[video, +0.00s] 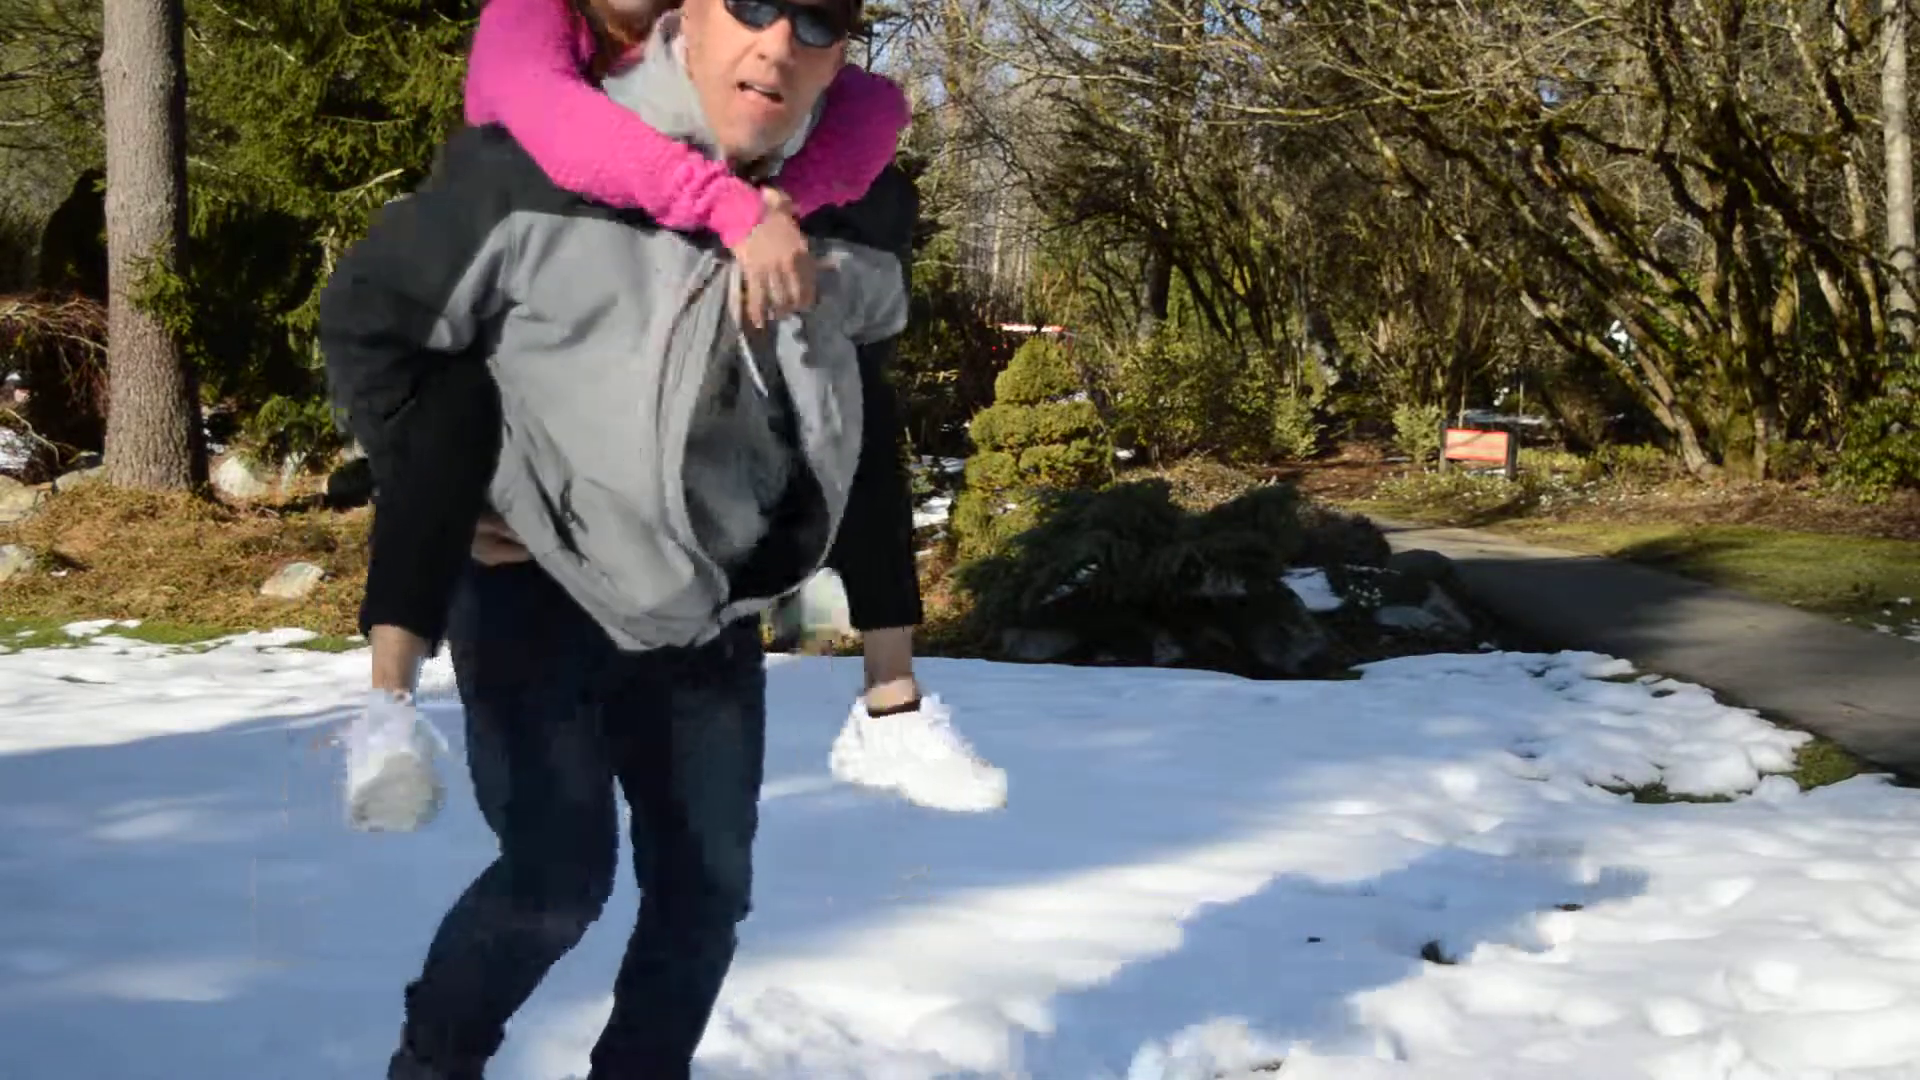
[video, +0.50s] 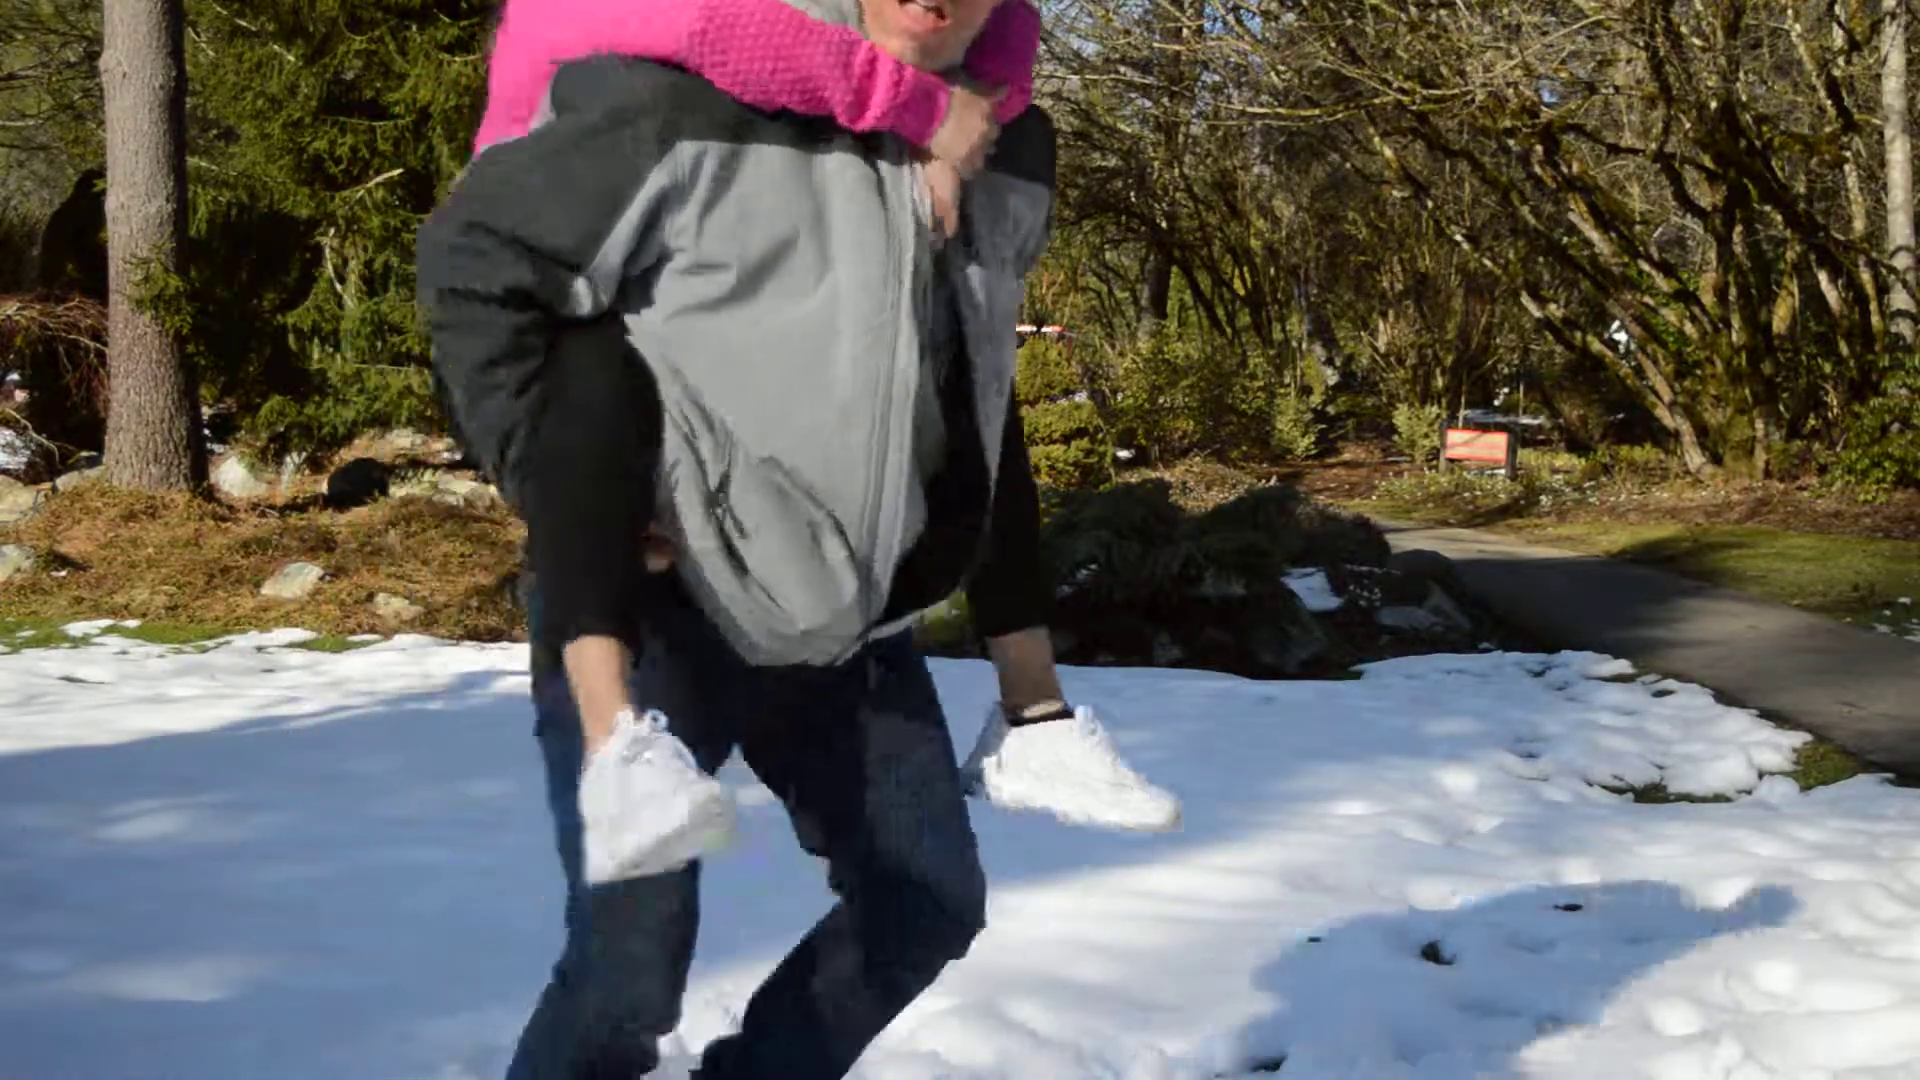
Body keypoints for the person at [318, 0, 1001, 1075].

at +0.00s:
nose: (779, 50)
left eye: (817, 28)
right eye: (752, 12)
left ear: (847, 55)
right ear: (685, 17)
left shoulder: (859, 193)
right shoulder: (521, 166)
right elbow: (365, 315)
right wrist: (455, 503)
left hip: (711, 605)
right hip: (534, 590)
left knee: (703, 902)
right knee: (554, 882)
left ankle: (636, 1075)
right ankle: (432, 1060)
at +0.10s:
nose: (789, 64)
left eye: (829, 40)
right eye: (761, 23)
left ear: (857, 64)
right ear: (693, 21)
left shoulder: (867, 209)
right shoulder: (533, 192)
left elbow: (868, 400)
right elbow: (371, 344)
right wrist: (473, 537)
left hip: (716, 636)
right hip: (552, 616)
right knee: (596, 928)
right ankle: (415, 744)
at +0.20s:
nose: (806, 110)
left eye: (847, 86)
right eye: (777, 62)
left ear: (874, 120)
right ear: (710, 65)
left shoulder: (880, 272)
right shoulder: (553, 249)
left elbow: (869, 451)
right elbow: (375, 402)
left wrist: (849, 597)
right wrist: (472, 612)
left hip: (738, 707)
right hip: (565, 689)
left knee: (705, 997)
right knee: (635, 999)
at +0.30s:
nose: (847, 94)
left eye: (888, 70)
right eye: (817, 47)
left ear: (915, 106)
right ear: (748, 54)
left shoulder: (918, 266)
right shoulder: (583, 226)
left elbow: (920, 441)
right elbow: (381, 375)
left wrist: (855, 602)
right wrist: (469, 588)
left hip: (756, 708)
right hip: (577, 692)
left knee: (715, 1004)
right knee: (643, 1017)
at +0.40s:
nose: (883, 37)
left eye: (927, 16)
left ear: (959, 50)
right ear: (788, 7)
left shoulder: (961, 208)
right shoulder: (630, 172)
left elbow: (942, 404)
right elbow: (417, 302)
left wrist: (891, 578)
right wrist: (514, 524)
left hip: (789, 656)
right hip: (610, 642)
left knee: (803, 967)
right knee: (624, 994)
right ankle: (501, 802)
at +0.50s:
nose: (927, 6)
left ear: (1003, 7)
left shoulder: (1009, 150)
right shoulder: (673, 107)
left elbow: (976, 374)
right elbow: (472, 256)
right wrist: (561, 489)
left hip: (841, 610)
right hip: (647, 601)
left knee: (924, 903)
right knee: (635, 962)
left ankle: (737, 1075)